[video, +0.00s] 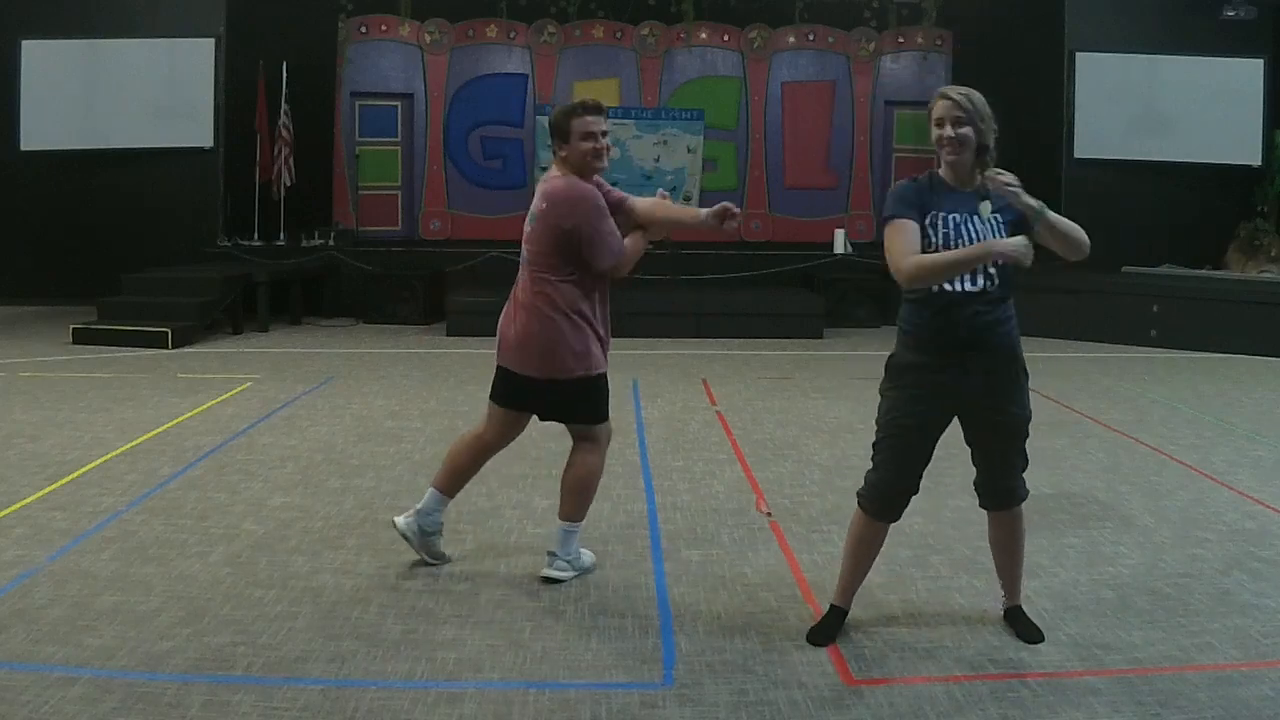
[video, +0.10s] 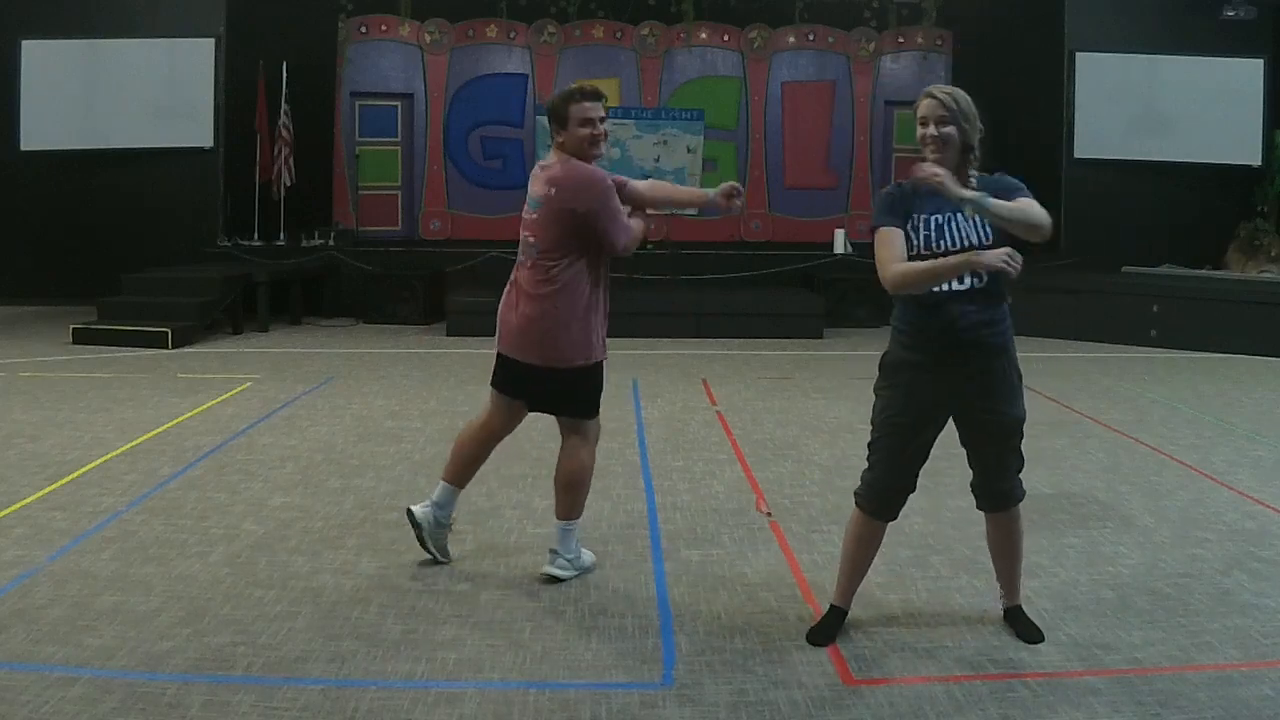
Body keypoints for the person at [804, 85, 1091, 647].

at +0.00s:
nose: (949, 132)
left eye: (961, 123)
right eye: (940, 124)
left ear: (983, 133)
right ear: (930, 134)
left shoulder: (1005, 198)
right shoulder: (909, 194)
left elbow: (1078, 248)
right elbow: (906, 269)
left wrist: (1027, 204)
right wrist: (991, 249)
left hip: (995, 368)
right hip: (921, 366)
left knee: (1004, 491)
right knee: (885, 490)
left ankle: (1013, 604)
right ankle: (839, 605)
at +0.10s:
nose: (931, 133)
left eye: (943, 123)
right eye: (923, 125)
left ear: (968, 130)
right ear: (915, 133)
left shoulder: (999, 190)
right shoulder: (898, 198)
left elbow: (1041, 227)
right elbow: (893, 276)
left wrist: (964, 194)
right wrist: (972, 260)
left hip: (988, 365)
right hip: (914, 364)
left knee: (1002, 490)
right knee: (880, 490)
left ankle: (1013, 604)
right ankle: (839, 605)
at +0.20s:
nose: (918, 132)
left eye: (929, 123)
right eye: (910, 124)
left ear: (955, 131)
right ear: (903, 135)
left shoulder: (987, 181)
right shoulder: (886, 203)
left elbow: (981, 218)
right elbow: (890, 279)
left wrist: (889, 201)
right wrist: (966, 256)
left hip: (982, 362)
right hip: (909, 362)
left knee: (999, 489)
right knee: (877, 489)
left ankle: (1012, 604)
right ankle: (838, 605)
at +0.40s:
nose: (900, 133)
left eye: (911, 124)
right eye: (892, 126)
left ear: (937, 130)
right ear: (886, 136)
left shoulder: (969, 176)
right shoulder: (875, 207)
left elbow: (914, 208)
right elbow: (874, 279)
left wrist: (814, 214)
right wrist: (908, 230)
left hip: (975, 359)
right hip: (901, 361)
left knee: (995, 487)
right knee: (875, 488)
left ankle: (1013, 603)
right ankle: (839, 604)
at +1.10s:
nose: (922, 153)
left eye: (931, 141)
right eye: (914, 145)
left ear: (958, 140)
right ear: (909, 148)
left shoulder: (997, 190)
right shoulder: (894, 209)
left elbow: (979, 244)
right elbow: (874, 294)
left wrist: (884, 234)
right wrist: (903, 304)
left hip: (981, 366)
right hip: (908, 368)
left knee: (1007, 496)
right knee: (877, 491)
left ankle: (1011, 605)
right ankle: (838, 605)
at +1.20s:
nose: (953, 155)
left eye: (964, 144)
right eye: (946, 146)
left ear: (990, 144)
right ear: (939, 150)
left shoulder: (1027, 196)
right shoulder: (925, 206)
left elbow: (1040, 257)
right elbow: (890, 288)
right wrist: (882, 337)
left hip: (999, 370)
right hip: (927, 369)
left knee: (1018, 495)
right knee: (883, 490)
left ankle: (1011, 604)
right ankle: (835, 600)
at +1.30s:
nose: (985, 155)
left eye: (994, 144)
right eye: (976, 146)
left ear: (1019, 140)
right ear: (967, 147)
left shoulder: (1051, 191)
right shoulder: (950, 200)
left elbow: (1091, 246)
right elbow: (906, 281)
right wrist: (866, 345)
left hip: (1016, 359)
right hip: (945, 355)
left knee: (1025, 488)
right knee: (900, 468)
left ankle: (1013, 605)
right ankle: (827, 571)